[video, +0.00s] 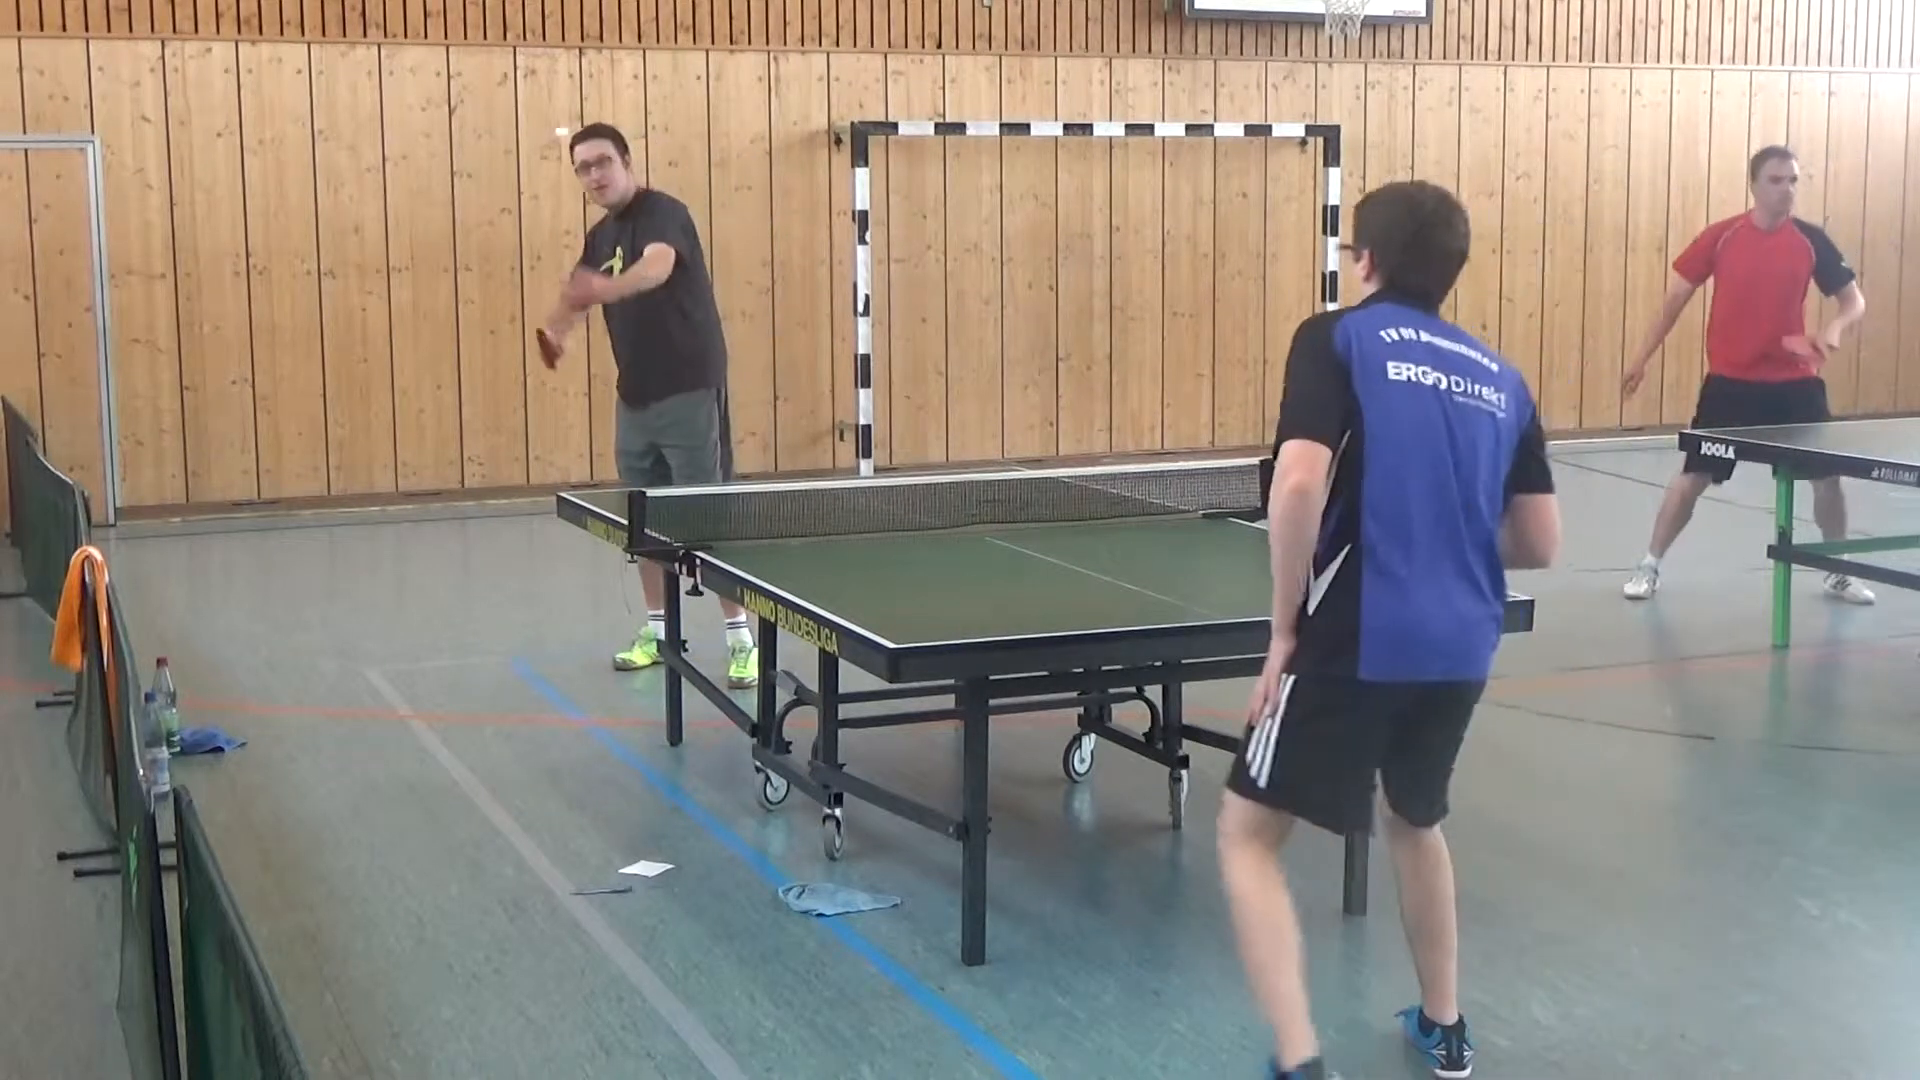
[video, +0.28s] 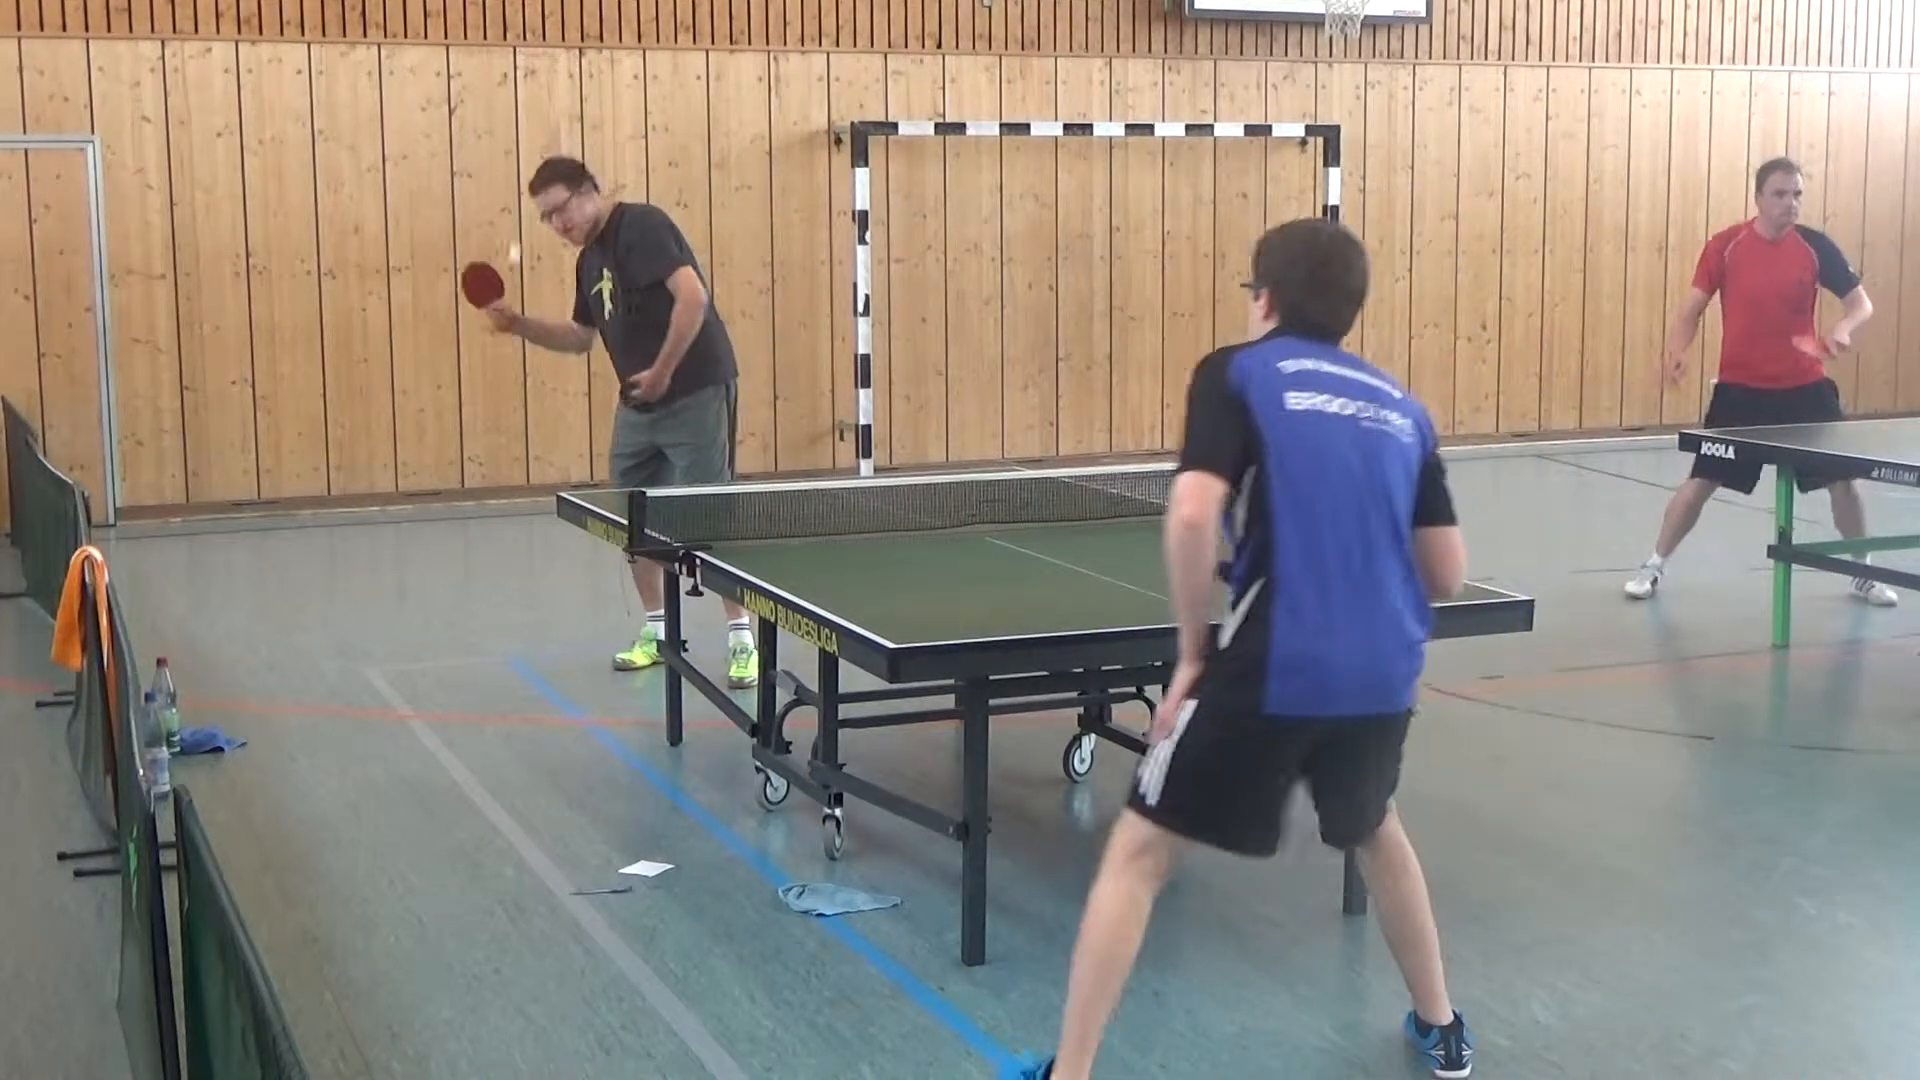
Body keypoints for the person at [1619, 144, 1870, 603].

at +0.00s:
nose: (1787, 188)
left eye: (1792, 180)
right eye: (1776, 180)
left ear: (1798, 184)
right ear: (1753, 185)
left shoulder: (1810, 240)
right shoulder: (1720, 237)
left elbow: (1854, 300)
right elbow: (1676, 297)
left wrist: (1834, 328)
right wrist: (1641, 359)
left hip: (1796, 385)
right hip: (1730, 385)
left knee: (1827, 477)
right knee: (1693, 479)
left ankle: (1836, 571)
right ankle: (1650, 565)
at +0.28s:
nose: (1790, 203)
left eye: (1796, 195)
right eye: (1780, 194)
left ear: (1802, 197)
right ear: (1758, 197)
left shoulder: (1816, 247)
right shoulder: (1725, 246)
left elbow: (1861, 304)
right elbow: (1691, 308)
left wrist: (1843, 328)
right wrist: (1675, 348)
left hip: (1806, 391)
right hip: (1740, 392)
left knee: (1843, 482)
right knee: (1701, 482)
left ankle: (1863, 573)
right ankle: (1654, 566)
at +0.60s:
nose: (1794, 202)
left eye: (1801, 192)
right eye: (1784, 193)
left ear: (1809, 191)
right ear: (1764, 192)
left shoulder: (1818, 241)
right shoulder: (1733, 228)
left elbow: (1833, 325)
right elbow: (1703, 289)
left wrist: (1782, 357)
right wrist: (1675, 344)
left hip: (1797, 382)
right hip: (1732, 379)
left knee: (1818, 476)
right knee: (1695, 472)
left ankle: (1827, 574)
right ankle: (1651, 565)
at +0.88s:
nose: (1820, 183)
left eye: (1824, 174)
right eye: (1809, 174)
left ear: (1828, 178)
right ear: (1783, 178)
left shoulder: (1832, 241)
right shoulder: (1742, 220)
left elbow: (1843, 321)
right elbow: (1715, 259)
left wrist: (1803, 350)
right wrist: (1689, 300)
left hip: (1797, 378)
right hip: (1732, 370)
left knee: (1816, 475)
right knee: (1690, 461)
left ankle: (1827, 573)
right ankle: (1638, 555)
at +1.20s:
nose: (1773, 188)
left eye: (1776, 180)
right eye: (1764, 179)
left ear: (1771, 185)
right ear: (1734, 183)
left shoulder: (1777, 241)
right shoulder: (1688, 227)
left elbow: (1790, 301)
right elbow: (1633, 268)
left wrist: (1771, 335)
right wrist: (1599, 323)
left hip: (1750, 380)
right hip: (1689, 380)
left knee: (1783, 474)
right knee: (1659, 473)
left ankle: (1817, 570)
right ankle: (1610, 567)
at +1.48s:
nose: (1743, 187)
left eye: (1745, 180)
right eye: (1733, 180)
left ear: (1745, 183)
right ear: (1704, 183)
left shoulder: (1748, 240)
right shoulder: (1667, 231)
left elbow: (1754, 311)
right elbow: (1602, 276)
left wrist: (1742, 353)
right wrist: (1555, 328)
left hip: (1723, 383)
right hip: (1666, 381)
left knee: (1745, 471)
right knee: (1629, 477)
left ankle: (1728, 563)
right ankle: (1557, 560)